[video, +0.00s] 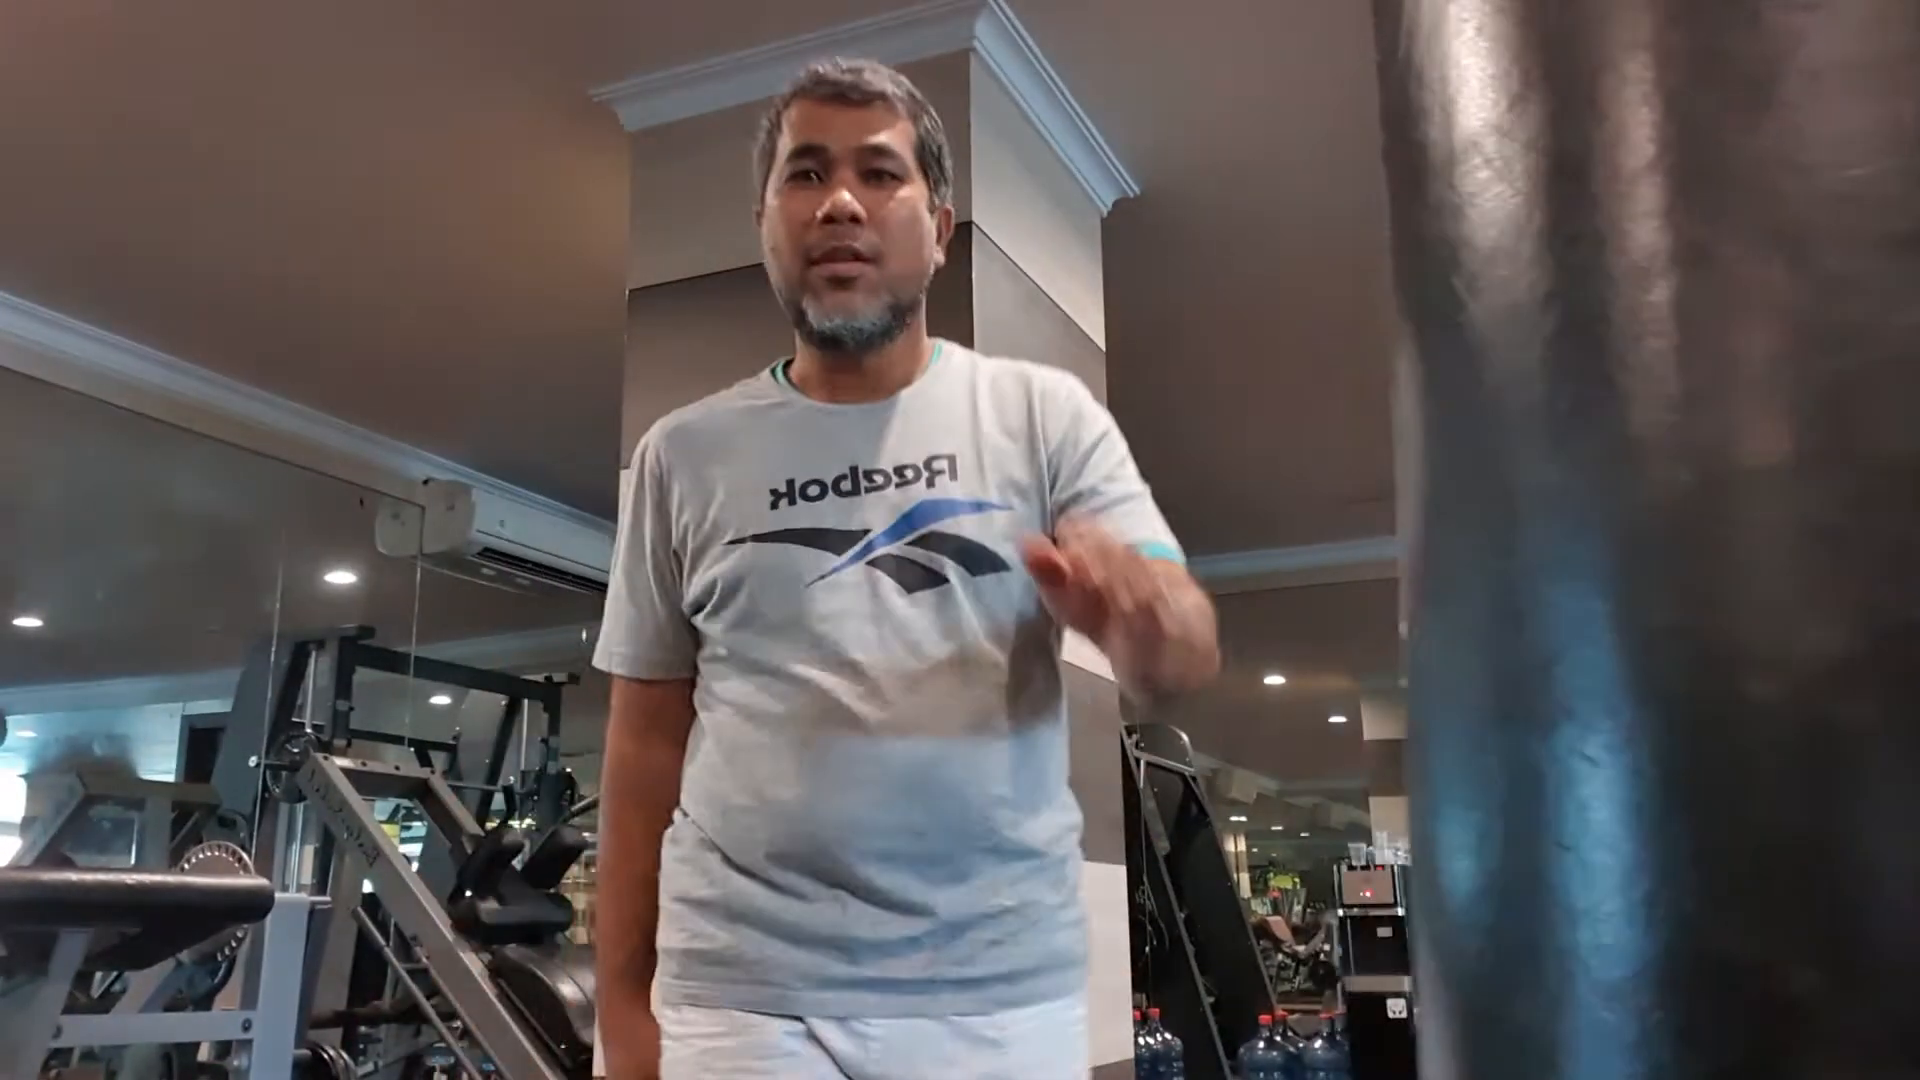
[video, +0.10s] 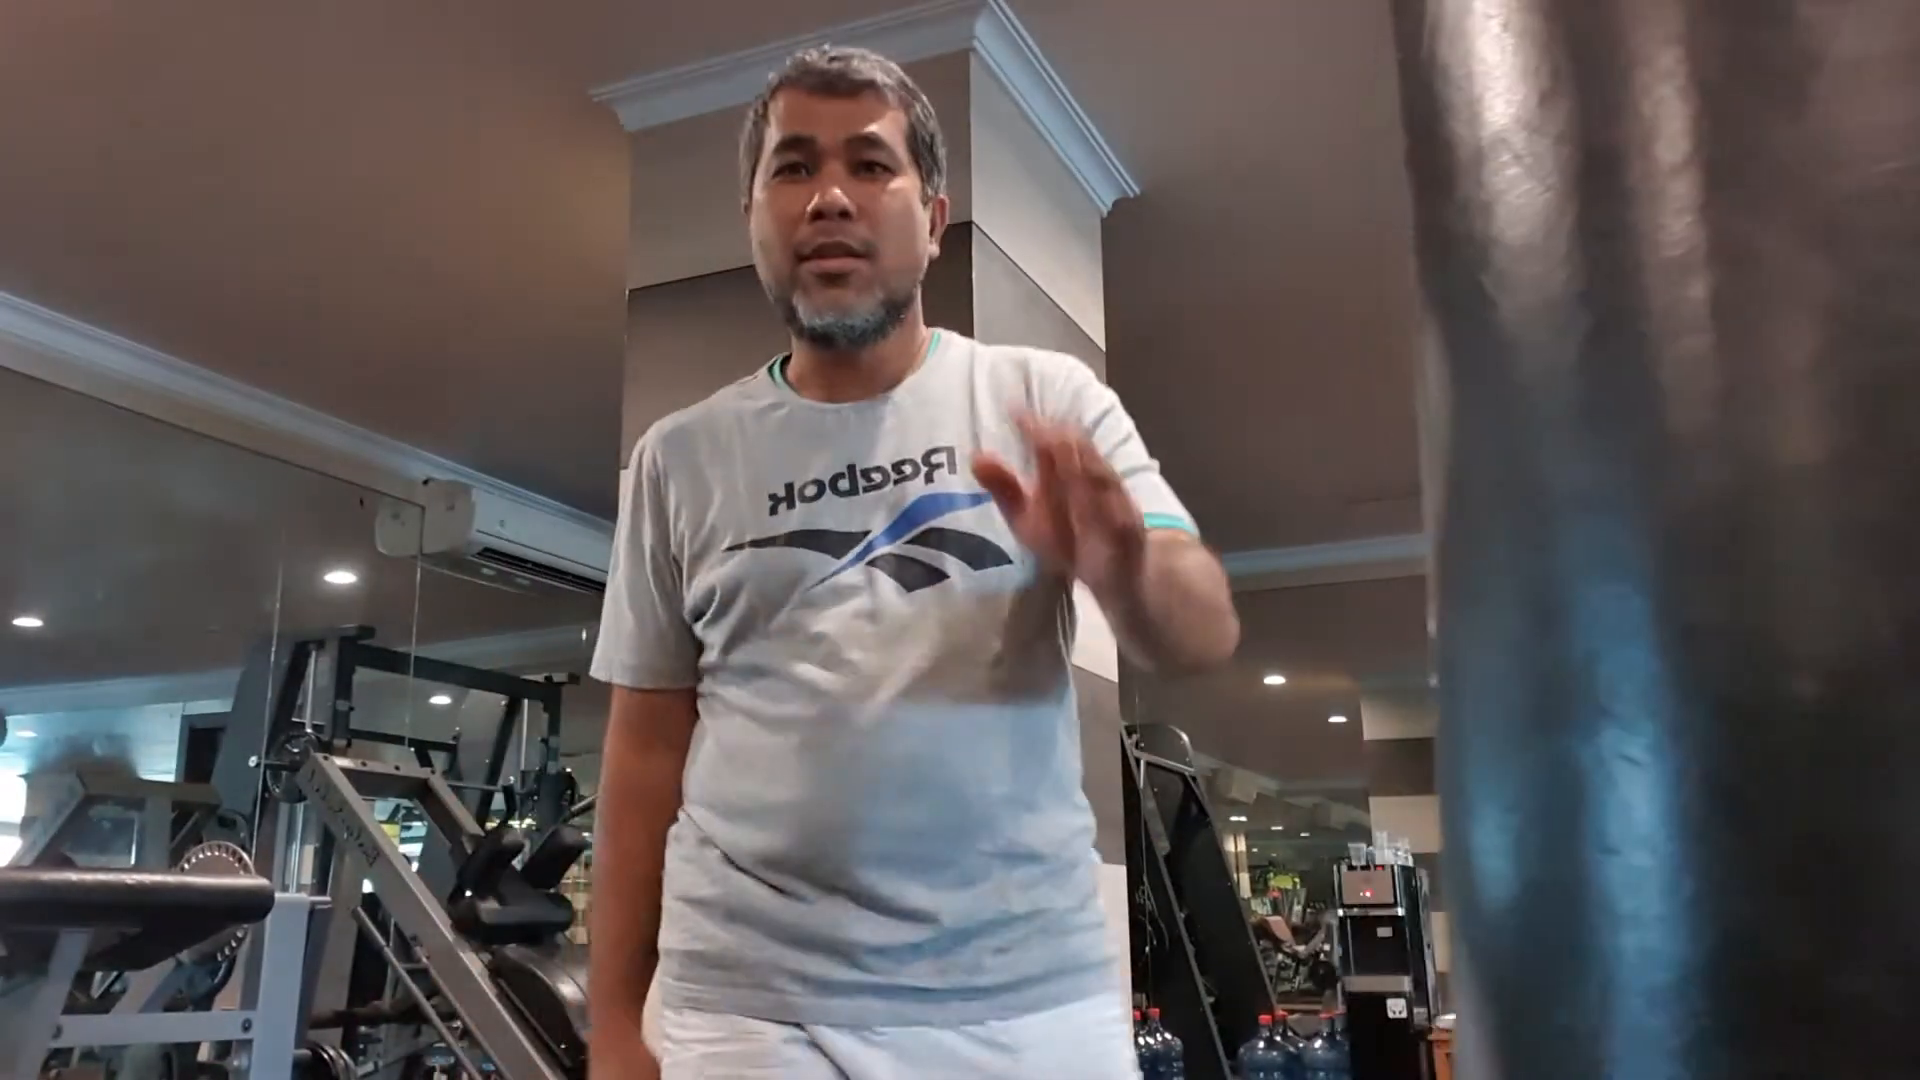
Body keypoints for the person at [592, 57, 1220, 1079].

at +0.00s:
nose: (839, 202)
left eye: (879, 174)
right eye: (805, 173)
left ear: (941, 228)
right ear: (764, 225)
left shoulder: (1046, 416)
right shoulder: (681, 458)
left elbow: (1189, 664)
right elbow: (646, 733)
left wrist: (1135, 612)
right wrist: (624, 1004)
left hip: (999, 1007)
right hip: (745, 1006)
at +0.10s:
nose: (829, 197)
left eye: (871, 166)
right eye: (793, 167)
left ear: (934, 220)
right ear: (753, 220)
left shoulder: (1048, 396)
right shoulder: (678, 462)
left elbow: (1208, 639)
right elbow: (646, 742)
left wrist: (1123, 573)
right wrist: (615, 1017)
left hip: (1028, 1009)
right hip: (751, 1014)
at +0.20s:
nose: (826, 189)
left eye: (868, 155)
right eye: (790, 157)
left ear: (935, 204)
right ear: (748, 208)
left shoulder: (1048, 383)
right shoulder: (681, 458)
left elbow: (1217, 627)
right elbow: (646, 741)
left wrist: (1119, 529)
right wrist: (593, 1023)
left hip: (1040, 1002)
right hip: (751, 1010)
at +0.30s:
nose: (829, 173)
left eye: (873, 137)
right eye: (793, 139)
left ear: (942, 187)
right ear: (750, 189)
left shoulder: (1057, 375)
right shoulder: (684, 447)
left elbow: (1230, 620)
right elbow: (651, 730)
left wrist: (1115, 492)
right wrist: (591, 1005)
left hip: (1049, 988)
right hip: (754, 1003)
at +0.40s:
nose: (838, 157)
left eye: (883, 120)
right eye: (802, 122)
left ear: (954, 171)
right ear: (759, 172)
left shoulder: (1067, 359)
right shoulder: (692, 437)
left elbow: (1248, 621)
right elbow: (657, 718)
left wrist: (1129, 490)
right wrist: (605, 966)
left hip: (1053, 978)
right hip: (758, 997)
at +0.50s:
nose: (852, 142)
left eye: (898, 105)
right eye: (815, 107)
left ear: (968, 156)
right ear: (772, 156)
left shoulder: (1090, 352)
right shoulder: (708, 425)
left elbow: (1263, 630)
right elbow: (669, 710)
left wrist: (1158, 544)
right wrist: (627, 970)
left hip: (1054, 993)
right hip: (760, 1004)